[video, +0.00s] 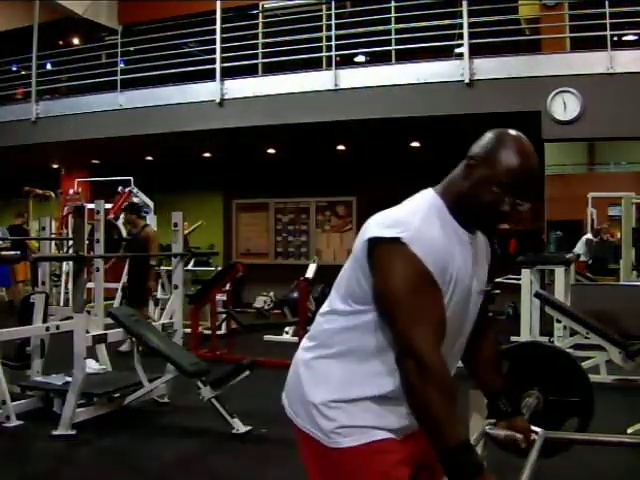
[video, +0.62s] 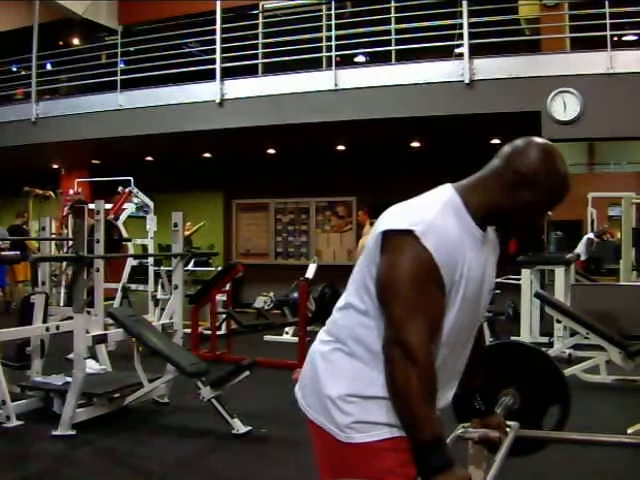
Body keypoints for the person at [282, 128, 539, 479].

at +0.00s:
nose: (510, 209)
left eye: (519, 199)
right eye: (507, 192)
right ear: (471, 166)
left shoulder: (477, 242)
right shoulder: (405, 235)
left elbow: (475, 332)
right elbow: (419, 363)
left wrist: (504, 410)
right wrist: (465, 464)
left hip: (408, 404)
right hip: (345, 411)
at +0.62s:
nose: (541, 219)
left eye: (547, 209)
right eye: (543, 207)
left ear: (507, 178)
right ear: (520, 189)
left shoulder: (484, 237)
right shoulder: (420, 231)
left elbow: (467, 332)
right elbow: (406, 352)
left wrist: (476, 410)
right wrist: (436, 461)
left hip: (412, 399)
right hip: (355, 400)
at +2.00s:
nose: (534, 174)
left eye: (528, 161)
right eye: (518, 160)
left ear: (474, 172)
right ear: (472, 170)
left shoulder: (486, 246)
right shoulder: (435, 250)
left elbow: (442, 349)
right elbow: (398, 360)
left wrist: (469, 416)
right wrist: (432, 461)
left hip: (409, 406)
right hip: (356, 412)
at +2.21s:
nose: (486, 136)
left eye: (481, 127)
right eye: (471, 127)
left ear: (439, 145)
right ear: (437, 143)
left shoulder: (453, 219)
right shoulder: (410, 214)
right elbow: (373, 326)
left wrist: (463, 393)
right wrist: (431, 425)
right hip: (366, 422)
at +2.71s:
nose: (436, 128)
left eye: (434, 118)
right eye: (424, 117)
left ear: (388, 125)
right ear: (386, 124)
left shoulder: (399, 197)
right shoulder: (362, 195)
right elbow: (317, 293)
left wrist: (434, 356)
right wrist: (385, 386)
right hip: (343, 414)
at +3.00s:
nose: (386, 142)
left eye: (389, 132)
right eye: (375, 129)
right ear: (335, 121)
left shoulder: (361, 200)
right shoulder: (304, 191)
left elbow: (352, 298)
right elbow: (256, 295)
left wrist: (402, 344)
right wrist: (335, 386)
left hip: (373, 414)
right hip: (312, 426)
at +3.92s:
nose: (359, 137)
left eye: (359, 126)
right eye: (348, 125)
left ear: (314, 130)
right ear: (310, 128)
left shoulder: (332, 208)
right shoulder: (271, 198)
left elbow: (316, 305)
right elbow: (224, 291)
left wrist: (357, 354)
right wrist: (280, 382)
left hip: (321, 409)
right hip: (267, 416)